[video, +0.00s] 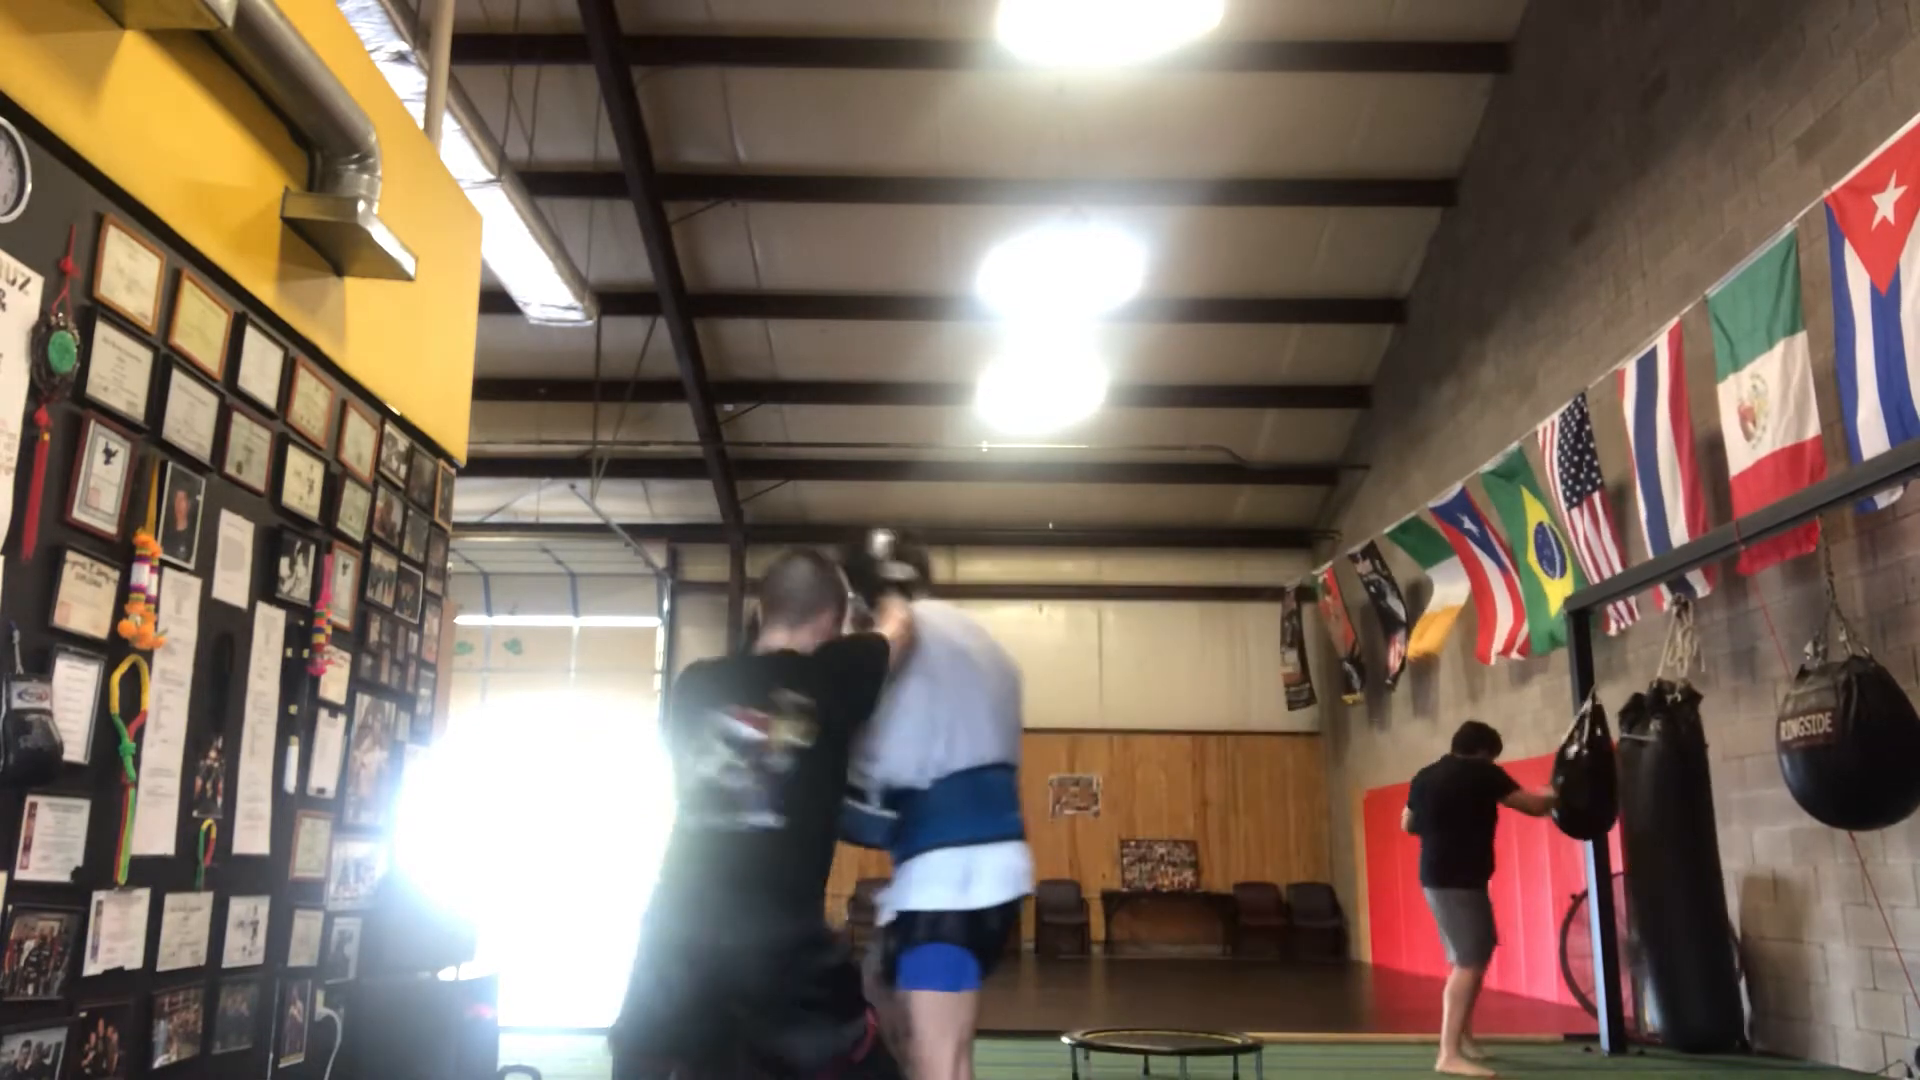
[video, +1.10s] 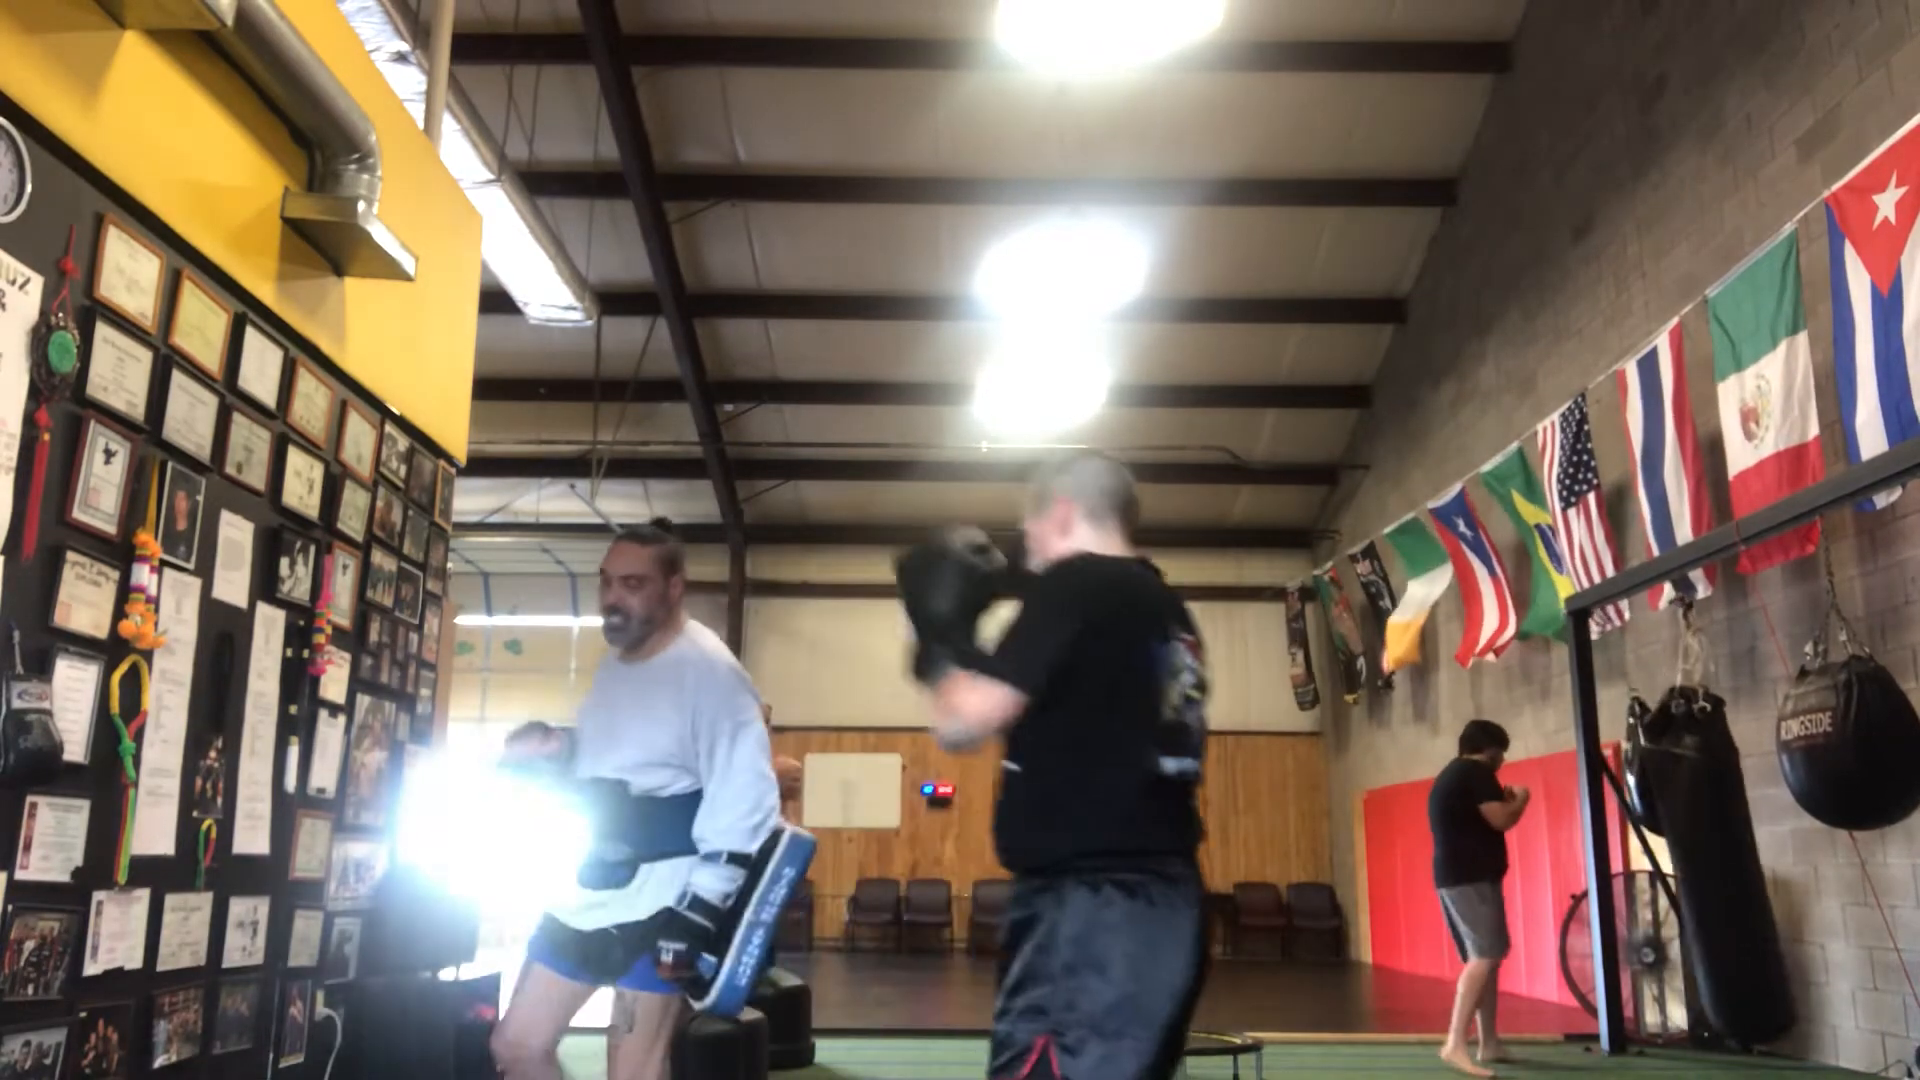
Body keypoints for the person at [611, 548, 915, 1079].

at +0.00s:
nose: (834, 630)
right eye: (837, 619)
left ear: (761, 609)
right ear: (830, 618)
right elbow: (896, 628)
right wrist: (890, 594)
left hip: (677, 951)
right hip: (782, 952)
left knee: (643, 1066)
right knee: (860, 1065)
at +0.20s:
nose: (799, 593)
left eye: (801, 581)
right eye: (802, 584)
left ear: (811, 579)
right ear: (876, 582)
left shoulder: (785, 647)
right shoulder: (902, 646)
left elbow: (719, 752)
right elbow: (925, 758)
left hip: (793, 875)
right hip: (891, 876)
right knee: (884, 1045)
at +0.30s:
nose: (827, 586)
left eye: (830, 572)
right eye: (829, 572)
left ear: (847, 570)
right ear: (906, 568)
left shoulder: (852, 637)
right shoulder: (935, 639)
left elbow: (769, 738)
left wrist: (730, 750)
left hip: (836, 900)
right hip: (930, 899)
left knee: (739, 1066)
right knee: (910, 1068)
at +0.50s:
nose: (876, 572)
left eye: (877, 556)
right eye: (875, 558)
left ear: (897, 553)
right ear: (954, 548)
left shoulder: (915, 621)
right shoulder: (991, 629)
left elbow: (819, 735)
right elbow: (932, 732)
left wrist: (785, 658)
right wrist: (868, 632)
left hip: (909, 901)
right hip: (980, 897)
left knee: (874, 1060)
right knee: (939, 1063)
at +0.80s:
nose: (932, 553)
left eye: (933, 535)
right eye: (929, 539)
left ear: (962, 520)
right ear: (1020, 519)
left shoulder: (976, 579)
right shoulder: (1058, 594)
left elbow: (838, 685)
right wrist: (931, 572)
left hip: (1004, 909)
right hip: (1065, 902)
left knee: (974, 1066)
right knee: (1037, 1068)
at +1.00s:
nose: (986, 525)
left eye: (992, 505)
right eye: (988, 509)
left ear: (1023, 502)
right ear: (1081, 504)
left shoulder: (1029, 572)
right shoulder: (1127, 589)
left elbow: (893, 679)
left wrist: (892, 576)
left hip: (1055, 905)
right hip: (1130, 897)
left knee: (1027, 1067)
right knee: (1091, 1066)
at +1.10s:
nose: (1026, 535)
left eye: (1032, 520)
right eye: (1028, 521)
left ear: (1064, 514)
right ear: (1119, 519)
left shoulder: (1076, 588)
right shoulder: (1163, 603)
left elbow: (962, 717)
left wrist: (939, 628)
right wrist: (1015, 583)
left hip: (1088, 913)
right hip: (1159, 907)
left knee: (1042, 1066)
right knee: (1120, 1067)